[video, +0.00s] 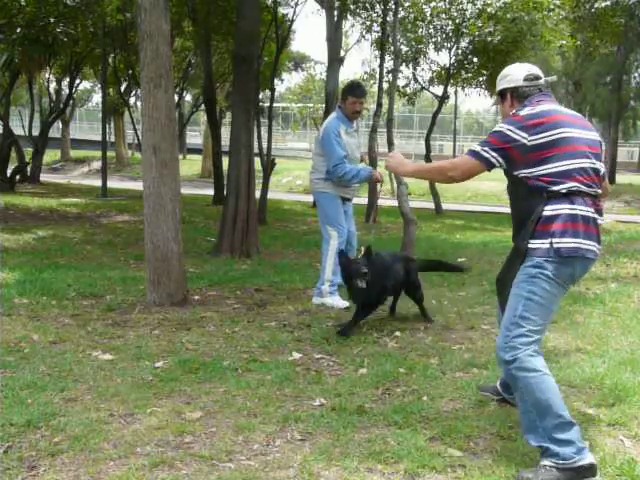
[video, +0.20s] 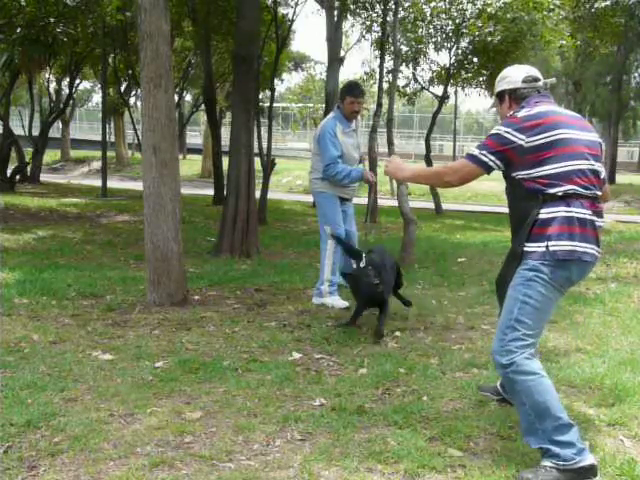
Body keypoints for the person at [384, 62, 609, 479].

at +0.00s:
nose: (501, 110)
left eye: (500, 104)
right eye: (499, 105)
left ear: (510, 97)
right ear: (542, 92)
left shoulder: (521, 122)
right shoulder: (583, 123)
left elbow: (459, 170)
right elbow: (600, 188)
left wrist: (407, 168)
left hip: (553, 244)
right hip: (583, 242)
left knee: (517, 348)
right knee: (516, 303)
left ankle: (568, 455)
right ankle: (513, 387)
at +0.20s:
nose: (499, 112)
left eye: (499, 105)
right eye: (497, 106)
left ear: (509, 98)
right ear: (541, 93)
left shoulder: (518, 123)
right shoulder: (583, 124)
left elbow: (457, 174)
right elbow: (602, 190)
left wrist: (407, 173)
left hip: (551, 246)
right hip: (583, 245)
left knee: (511, 351)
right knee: (518, 307)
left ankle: (568, 455)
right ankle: (514, 386)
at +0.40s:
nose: (498, 108)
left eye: (498, 101)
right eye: (497, 102)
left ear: (508, 95)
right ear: (541, 90)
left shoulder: (515, 122)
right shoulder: (582, 122)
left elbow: (455, 172)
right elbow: (605, 191)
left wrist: (406, 170)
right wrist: (561, 204)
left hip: (549, 245)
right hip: (581, 244)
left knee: (513, 350)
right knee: (514, 297)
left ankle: (569, 457)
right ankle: (513, 385)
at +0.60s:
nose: (487, 117)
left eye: (487, 110)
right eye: (487, 110)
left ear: (496, 107)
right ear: (524, 101)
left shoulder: (510, 130)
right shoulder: (551, 128)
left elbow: (466, 187)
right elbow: (561, 200)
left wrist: (416, 195)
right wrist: (509, 228)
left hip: (551, 247)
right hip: (577, 245)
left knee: (516, 350)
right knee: (506, 294)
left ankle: (568, 453)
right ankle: (505, 383)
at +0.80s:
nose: (470, 151)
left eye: (470, 143)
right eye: (468, 144)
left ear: (480, 137)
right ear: (489, 139)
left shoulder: (514, 143)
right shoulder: (498, 175)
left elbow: (551, 184)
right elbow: (483, 232)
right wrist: (451, 264)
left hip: (580, 249)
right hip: (550, 253)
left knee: (531, 341)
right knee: (498, 307)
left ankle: (589, 452)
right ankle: (506, 385)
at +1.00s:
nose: (475, 144)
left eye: (475, 136)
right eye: (474, 137)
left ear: (485, 132)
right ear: (496, 131)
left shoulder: (523, 140)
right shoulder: (511, 170)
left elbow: (568, 175)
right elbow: (533, 238)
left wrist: (551, 245)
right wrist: (503, 283)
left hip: (590, 255)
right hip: (562, 257)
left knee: (555, 362)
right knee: (518, 307)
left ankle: (621, 461)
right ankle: (507, 385)